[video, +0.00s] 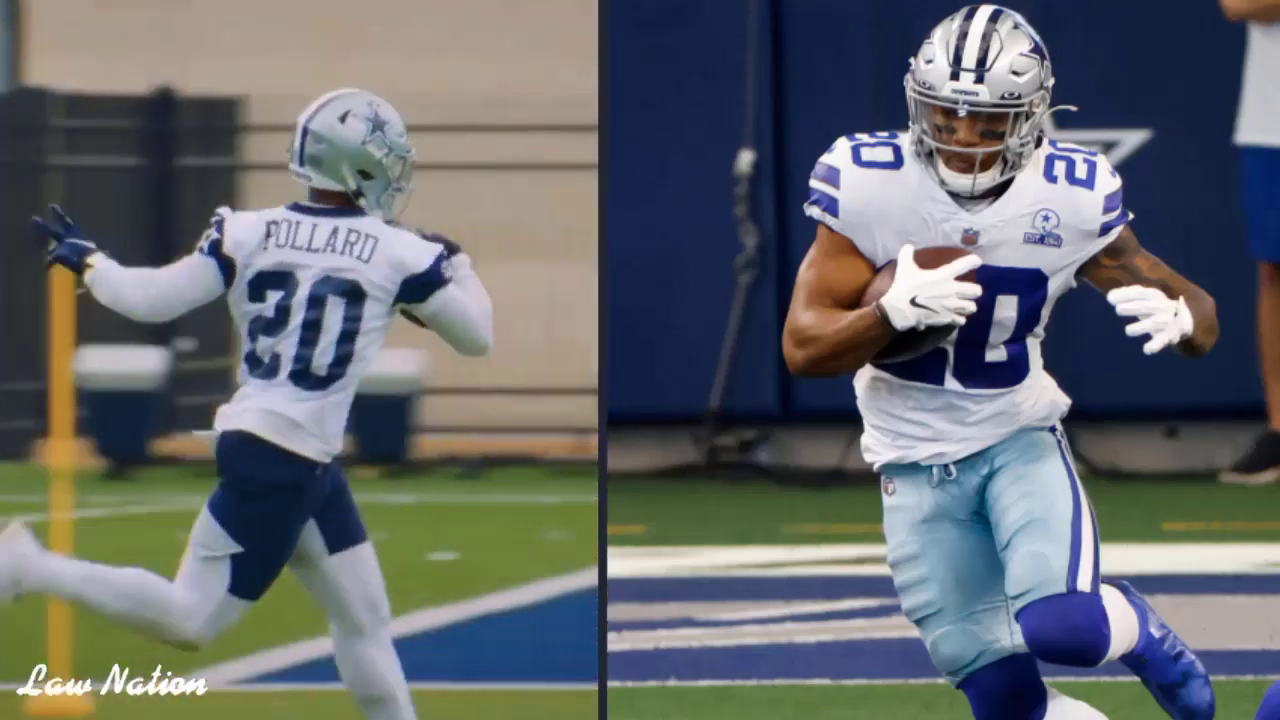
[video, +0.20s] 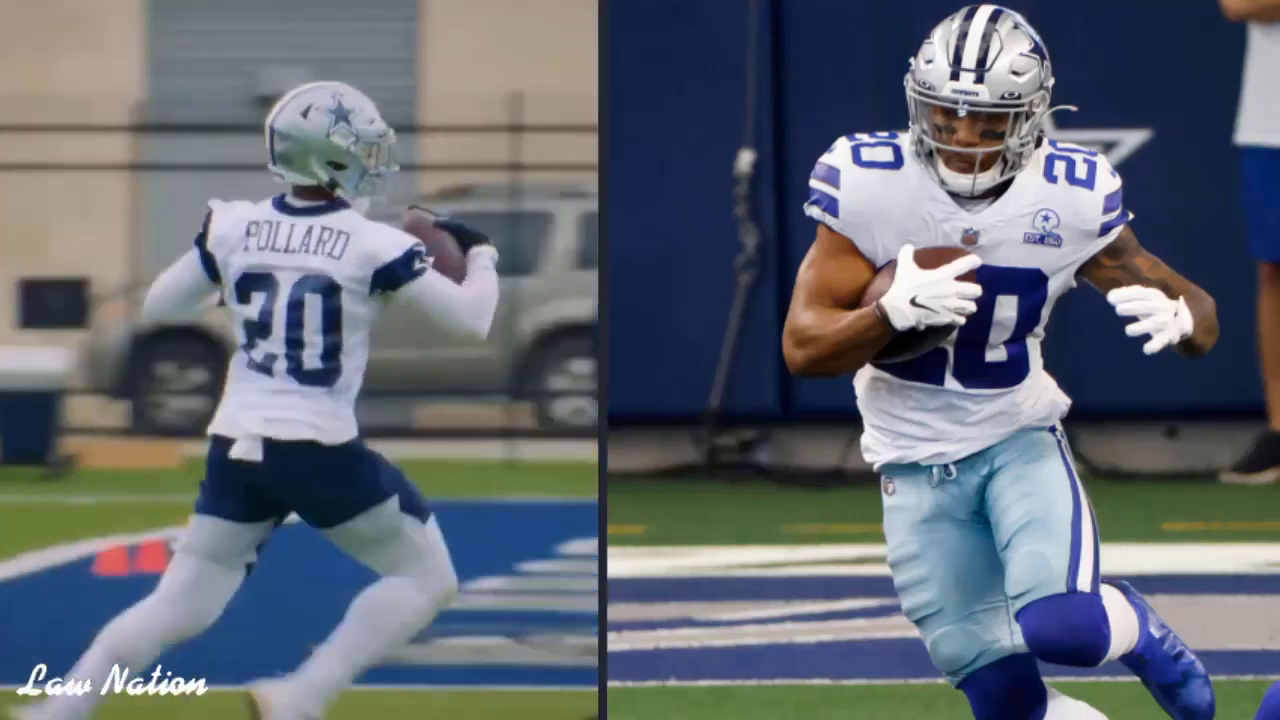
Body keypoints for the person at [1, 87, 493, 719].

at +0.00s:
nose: (399, 171)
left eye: (396, 159)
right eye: (392, 161)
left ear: (308, 159)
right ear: (374, 169)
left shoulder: (246, 231)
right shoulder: (395, 252)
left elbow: (152, 299)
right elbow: (477, 336)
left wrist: (87, 261)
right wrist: (455, 262)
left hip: (263, 441)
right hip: (285, 453)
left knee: (363, 622)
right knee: (192, 619)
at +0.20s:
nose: (371, 161)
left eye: (370, 149)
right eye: (364, 150)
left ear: (283, 154)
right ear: (340, 161)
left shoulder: (232, 226)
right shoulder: (372, 242)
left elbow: (158, 307)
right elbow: (472, 317)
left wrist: (237, 282)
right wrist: (483, 252)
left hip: (234, 451)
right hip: (321, 454)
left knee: (180, 603)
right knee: (427, 578)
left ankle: (62, 704)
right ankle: (300, 696)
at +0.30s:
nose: (400, 162)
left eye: (396, 149)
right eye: (393, 151)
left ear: (306, 153)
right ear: (372, 160)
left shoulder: (255, 224)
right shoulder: (392, 250)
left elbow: (191, 317)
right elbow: (485, 331)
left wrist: (206, 344)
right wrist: (495, 256)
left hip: (246, 440)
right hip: (330, 452)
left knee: (192, 600)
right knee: (414, 608)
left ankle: (36, 570)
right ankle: (457, 717)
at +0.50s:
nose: (424, 150)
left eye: (419, 140)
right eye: (419, 140)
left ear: (339, 139)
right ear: (412, 147)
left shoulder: (293, 217)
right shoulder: (445, 230)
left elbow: (217, 293)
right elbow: (498, 321)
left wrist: (200, 356)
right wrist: (446, 290)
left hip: (314, 429)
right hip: (356, 443)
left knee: (413, 582)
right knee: (291, 606)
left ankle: (278, 695)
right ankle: (177, 711)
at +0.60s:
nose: (435, 145)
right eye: (431, 136)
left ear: (354, 135)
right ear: (425, 143)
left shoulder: (311, 219)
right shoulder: (458, 228)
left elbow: (258, 304)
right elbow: (497, 349)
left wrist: (254, 358)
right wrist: (473, 322)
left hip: (350, 430)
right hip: (372, 437)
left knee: (428, 597)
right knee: (291, 595)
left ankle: (450, 716)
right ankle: (117, 575)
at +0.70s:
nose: (445, 179)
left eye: (442, 168)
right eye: (439, 169)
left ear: (357, 175)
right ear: (423, 178)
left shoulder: (313, 260)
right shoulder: (454, 263)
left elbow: (254, 350)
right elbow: (478, 381)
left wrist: (300, 346)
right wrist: (522, 407)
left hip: (334, 457)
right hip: (387, 466)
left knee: (424, 615)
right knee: (363, 641)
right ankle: (226, 549)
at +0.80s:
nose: (452, 167)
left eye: (450, 155)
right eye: (439, 156)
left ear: (370, 164)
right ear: (404, 165)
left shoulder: (324, 239)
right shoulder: (437, 241)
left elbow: (285, 332)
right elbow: (433, 342)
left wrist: (370, 311)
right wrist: (504, 388)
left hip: (335, 452)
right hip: (410, 454)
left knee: (321, 615)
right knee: (485, 596)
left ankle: (232, 712)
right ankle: (334, 654)